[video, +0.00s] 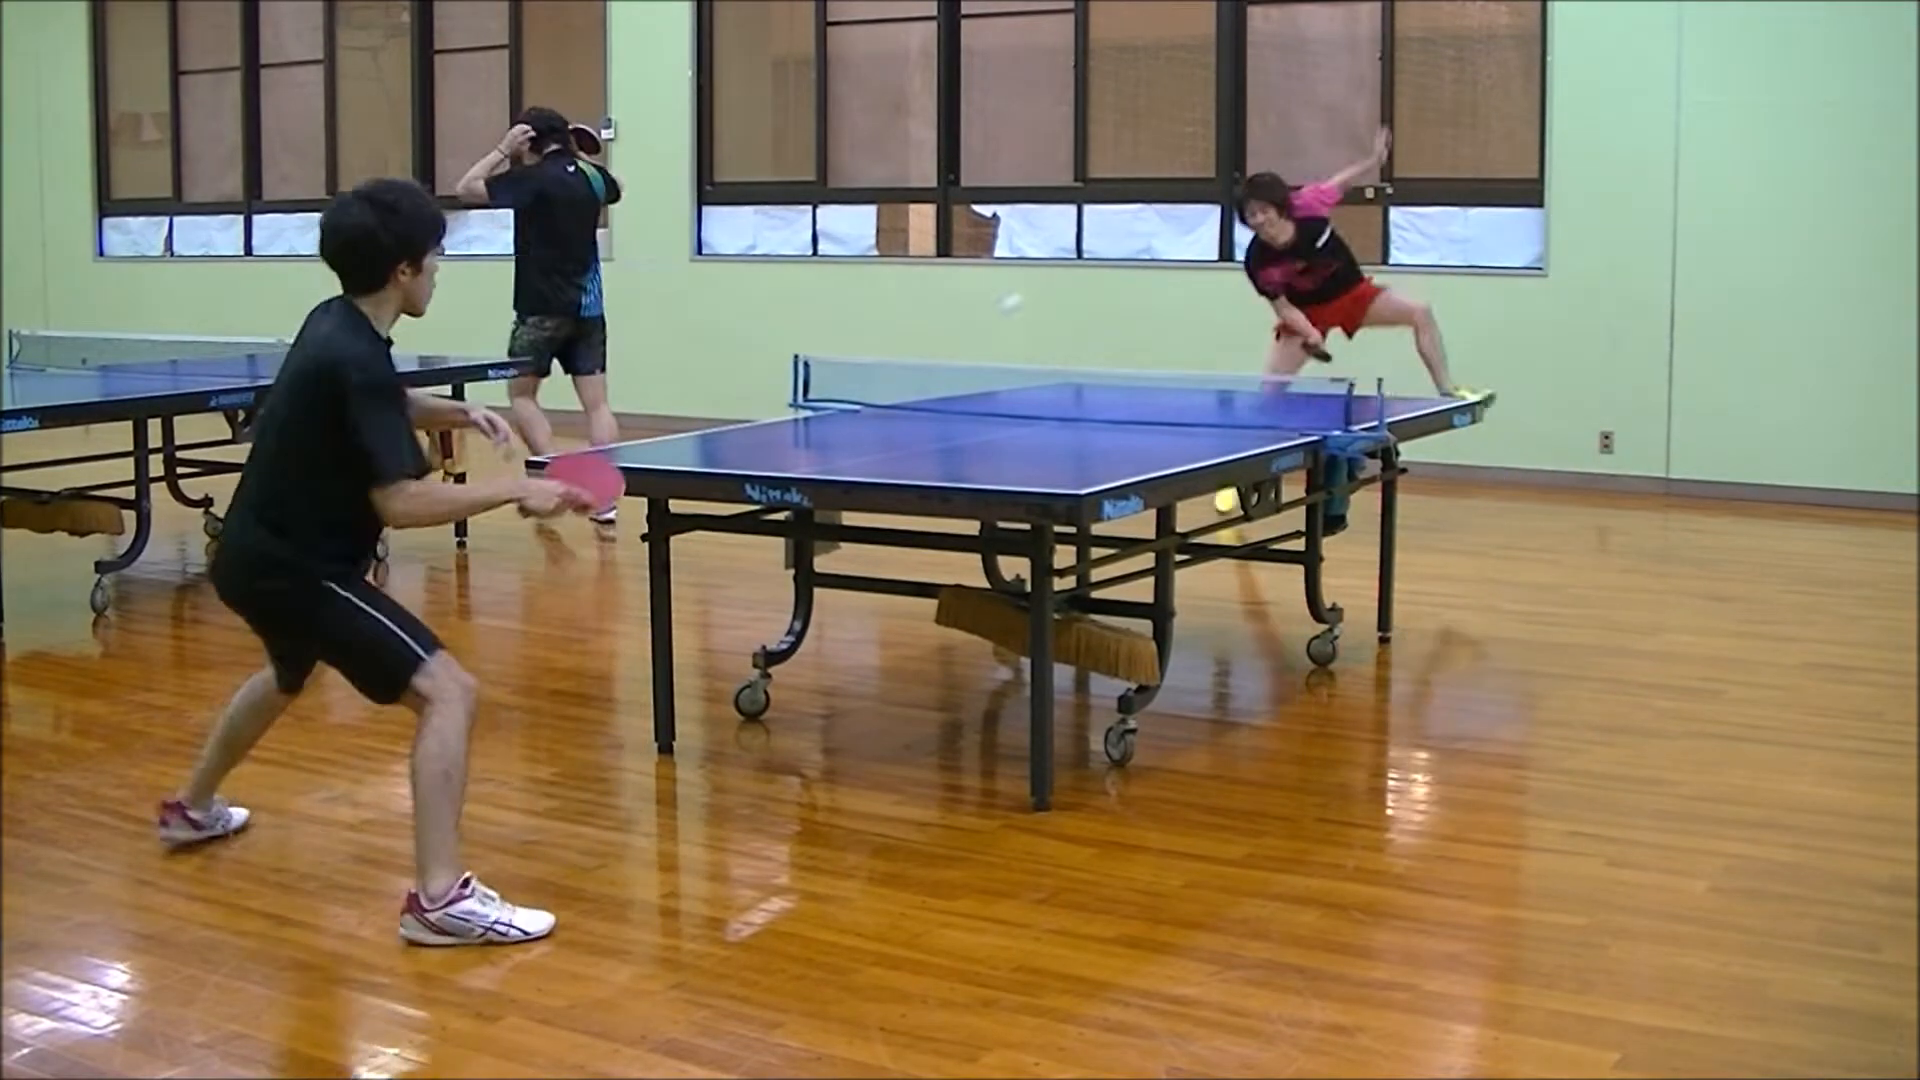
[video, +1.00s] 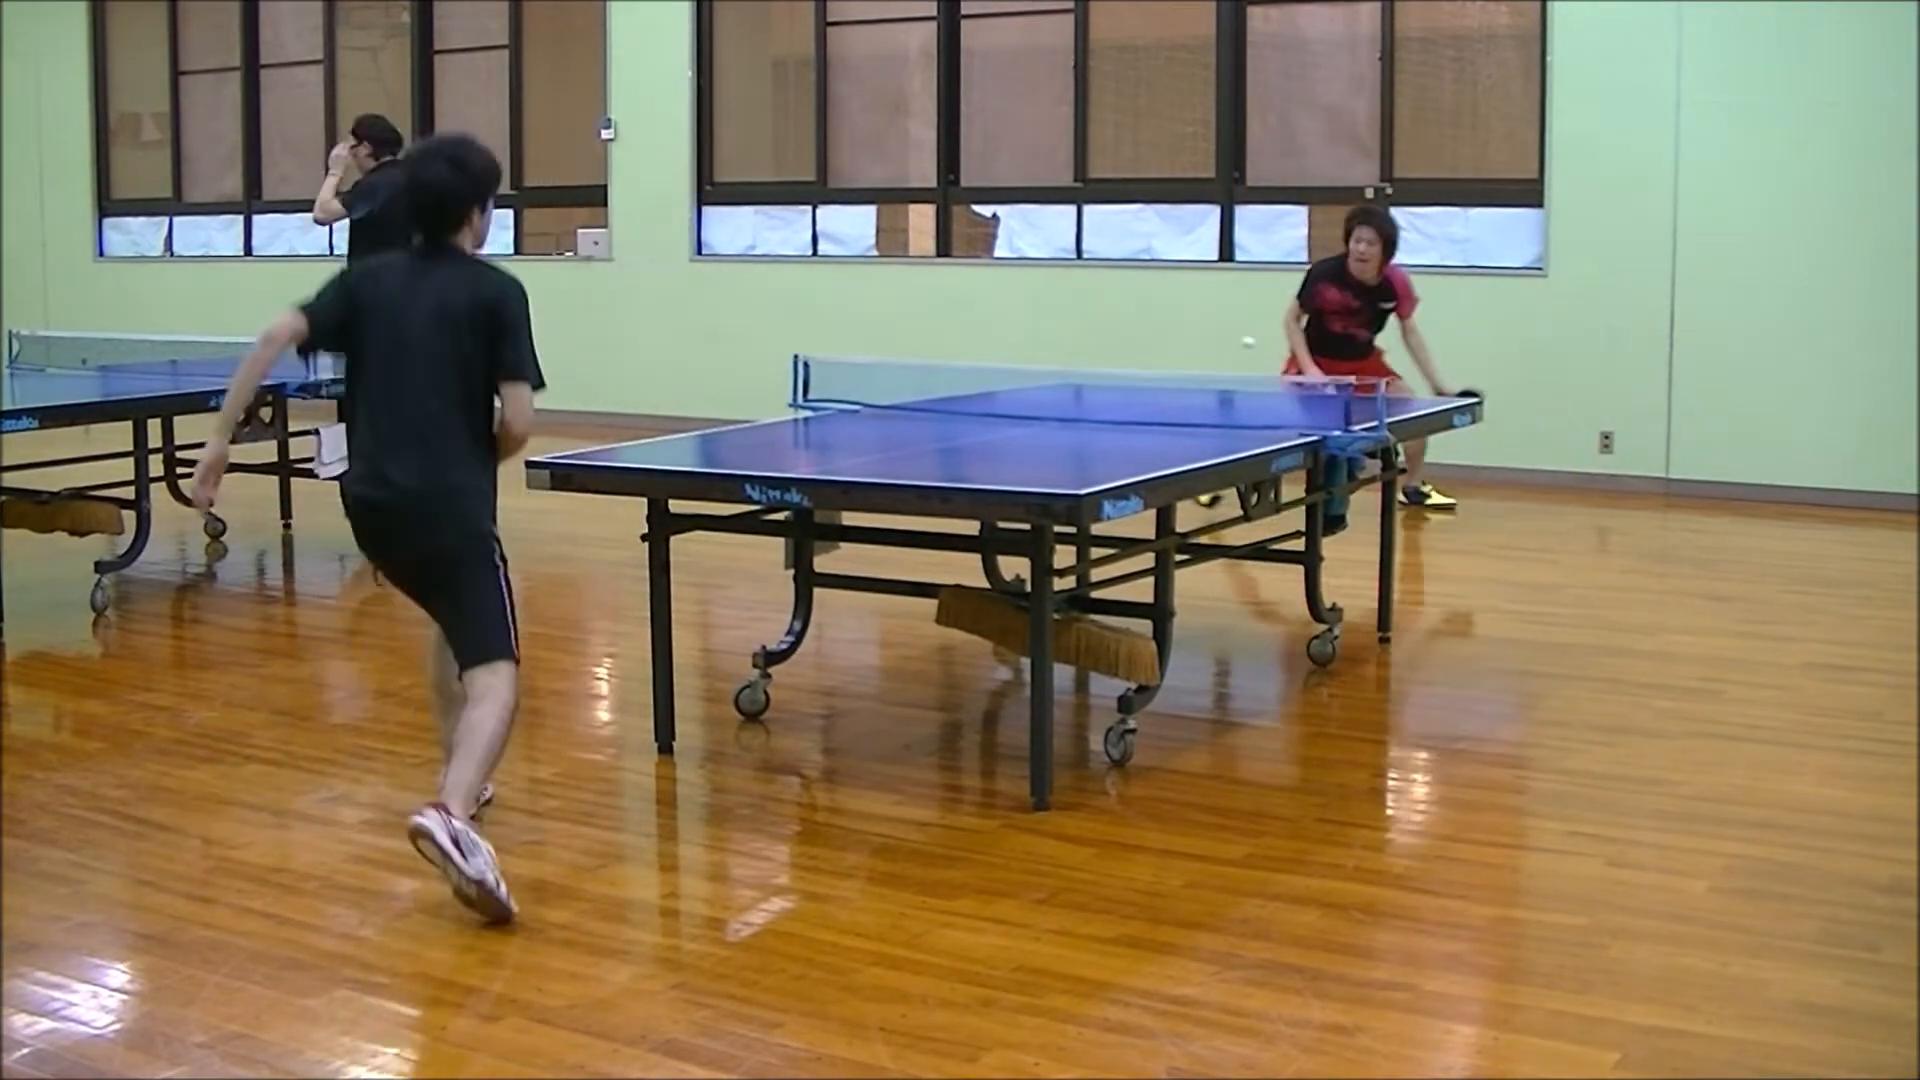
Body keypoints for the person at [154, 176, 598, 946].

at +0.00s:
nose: (435, 277)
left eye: (434, 261)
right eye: (431, 262)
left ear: (362, 265)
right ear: (404, 271)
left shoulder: (330, 327)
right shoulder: (362, 359)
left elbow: (353, 409)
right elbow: (399, 503)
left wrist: (446, 415)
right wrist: (512, 488)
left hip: (249, 553)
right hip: (296, 571)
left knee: (287, 673)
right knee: (449, 690)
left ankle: (192, 806)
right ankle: (440, 893)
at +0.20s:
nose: (434, 304)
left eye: (431, 292)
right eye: (425, 294)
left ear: (381, 311)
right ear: (388, 308)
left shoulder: (399, 364)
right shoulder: (308, 383)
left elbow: (463, 384)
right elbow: (325, 511)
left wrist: (395, 341)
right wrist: (369, 477)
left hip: (346, 576)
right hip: (289, 576)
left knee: (338, 723)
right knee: (413, 672)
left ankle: (181, 775)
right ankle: (397, 881)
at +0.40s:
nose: (451, 233)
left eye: (444, 221)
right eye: (438, 226)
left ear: (399, 250)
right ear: (405, 252)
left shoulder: (405, 297)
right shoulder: (373, 349)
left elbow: (430, 356)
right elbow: (451, 458)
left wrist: (483, 373)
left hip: (367, 514)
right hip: (329, 528)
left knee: (374, 639)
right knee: (455, 685)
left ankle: (252, 735)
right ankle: (398, 879)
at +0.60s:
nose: (479, 257)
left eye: (476, 245)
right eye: (474, 246)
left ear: (395, 258)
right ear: (453, 258)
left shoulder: (344, 331)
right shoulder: (477, 337)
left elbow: (307, 403)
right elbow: (595, 351)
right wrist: (628, 252)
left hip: (343, 577)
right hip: (428, 578)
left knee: (455, 619)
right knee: (477, 756)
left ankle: (439, 762)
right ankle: (454, 866)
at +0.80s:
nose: (484, 306)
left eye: (482, 295)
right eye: (480, 296)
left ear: (399, 304)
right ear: (463, 302)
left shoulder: (355, 386)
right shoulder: (497, 376)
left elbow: (308, 500)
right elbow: (557, 434)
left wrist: (358, 549)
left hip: (389, 602)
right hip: (476, 603)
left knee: (437, 655)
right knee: (512, 773)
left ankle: (457, 771)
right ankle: (470, 846)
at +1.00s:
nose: (492, 218)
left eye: (491, 206)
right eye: (490, 207)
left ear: (412, 207)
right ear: (474, 215)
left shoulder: (365, 278)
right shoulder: (497, 291)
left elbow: (273, 337)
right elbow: (516, 424)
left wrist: (216, 452)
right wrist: (491, 448)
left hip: (371, 500)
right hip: (453, 505)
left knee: (450, 624)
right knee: (496, 680)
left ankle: (465, 783)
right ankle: (453, 812)